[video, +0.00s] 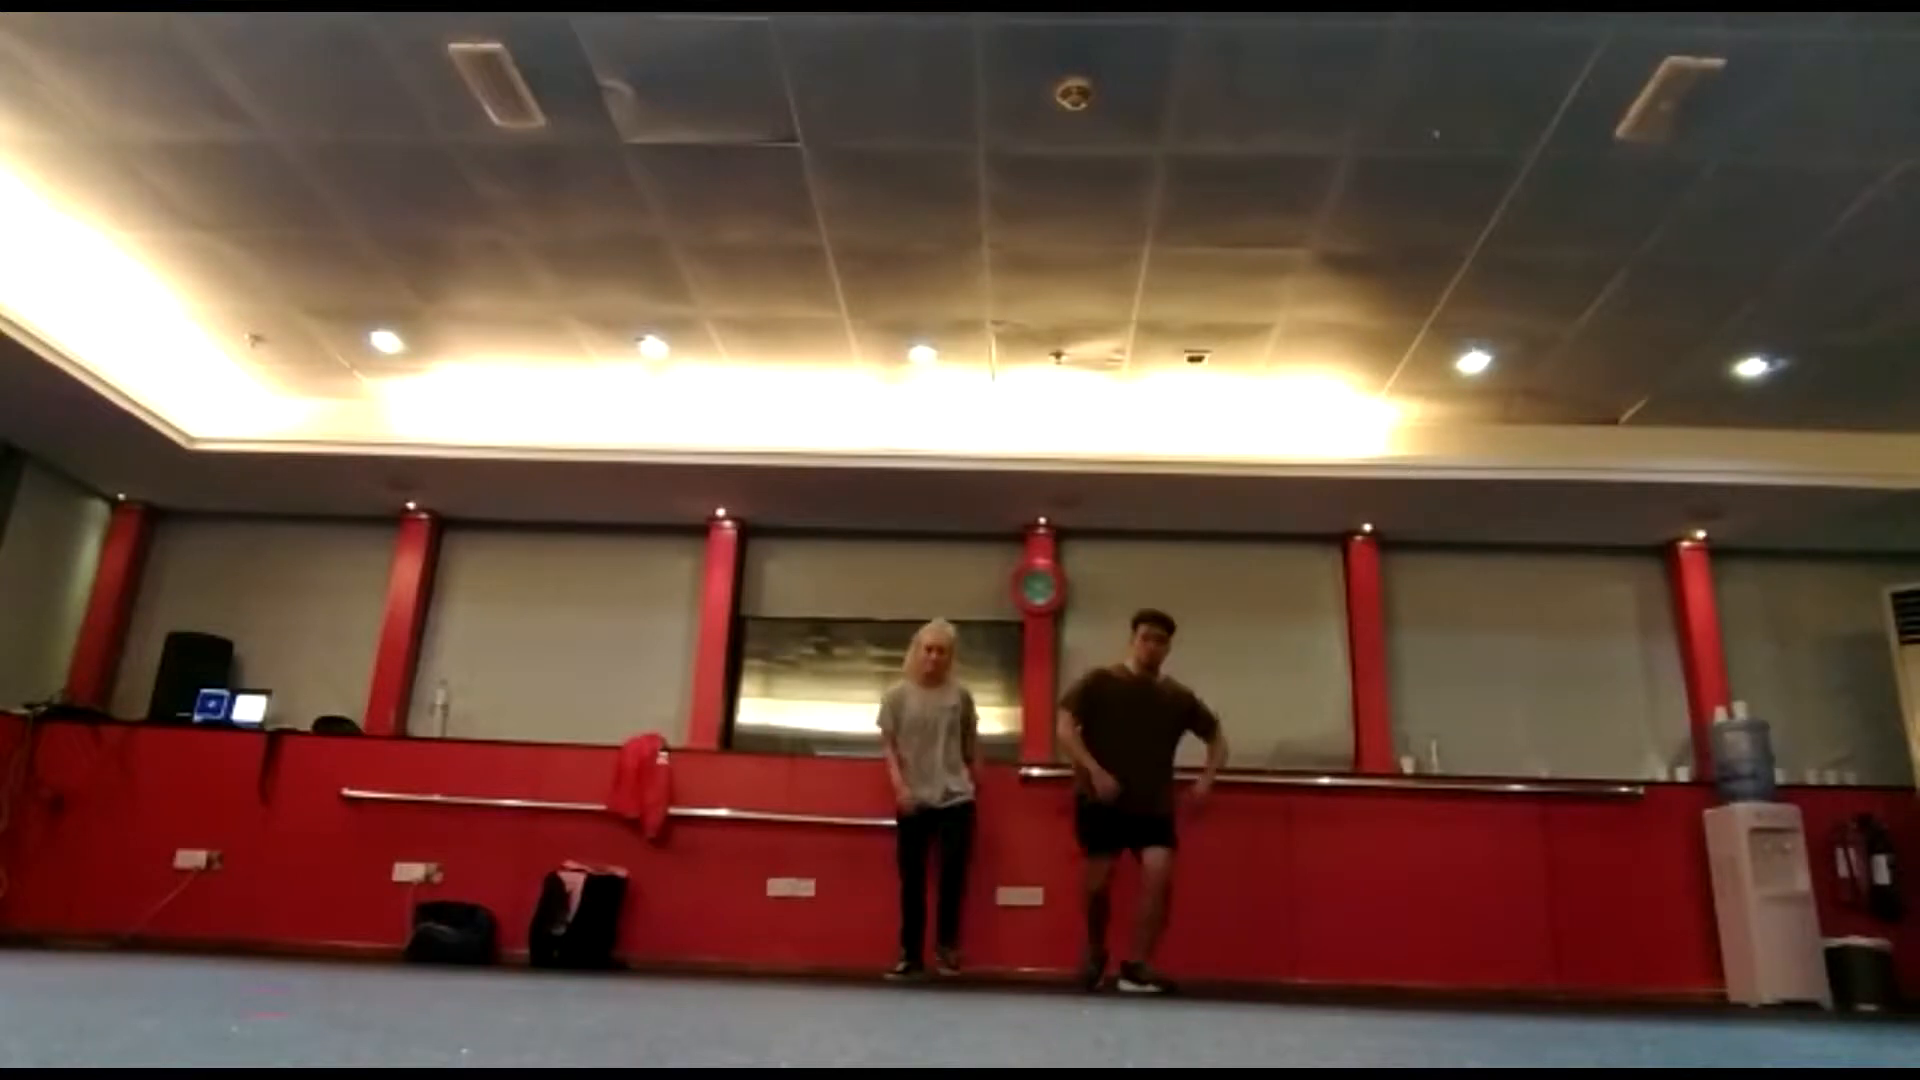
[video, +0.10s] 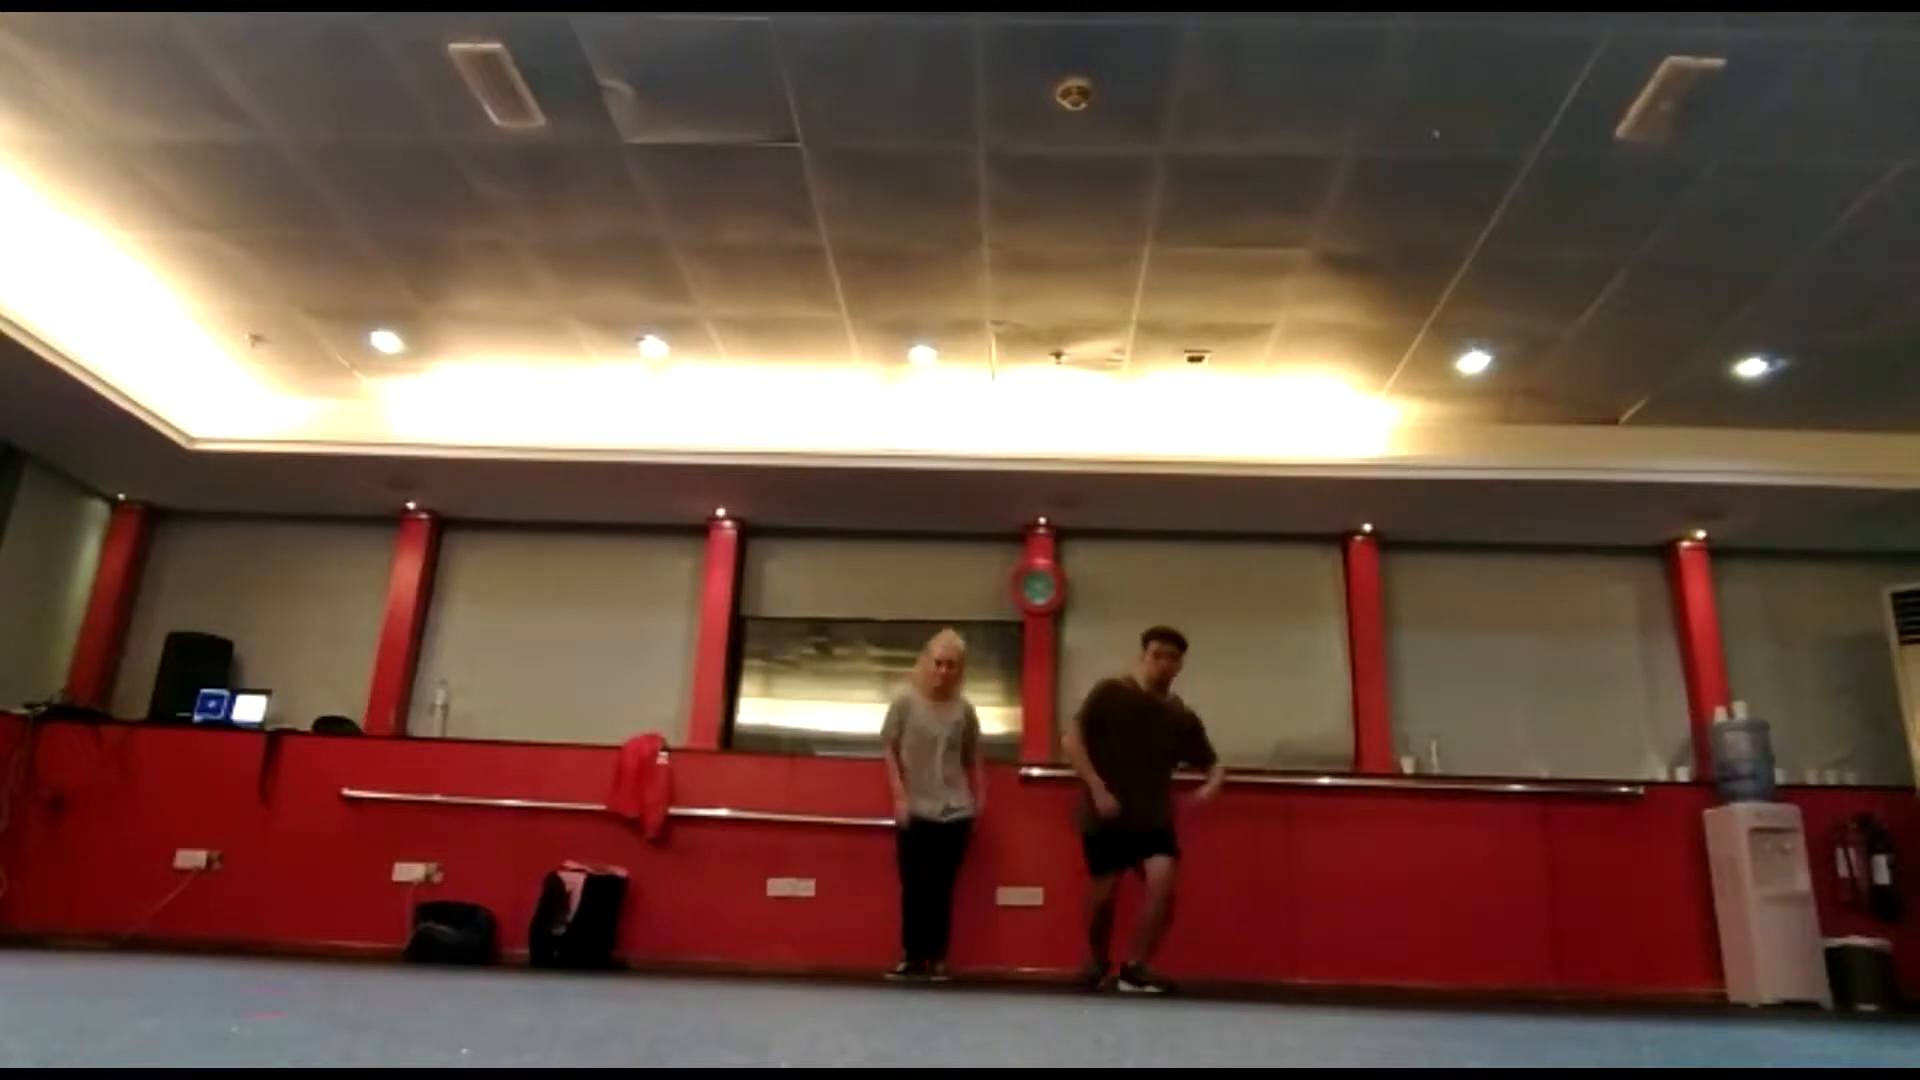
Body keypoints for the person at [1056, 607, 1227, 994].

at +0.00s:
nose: (1152, 647)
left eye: (1159, 641)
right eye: (1146, 638)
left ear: (1168, 648)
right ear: (1132, 640)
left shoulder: (1176, 697)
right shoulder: (1099, 683)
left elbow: (1216, 737)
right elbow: (1064, 726)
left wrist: (1207, 778)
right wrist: (1094, 772)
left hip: (1153, 800)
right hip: (1103, 797)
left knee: (1159, 872)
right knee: (1097, 876)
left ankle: (1137, 963)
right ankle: (1095, 957)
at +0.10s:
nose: (1162, 664)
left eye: (1170, 658)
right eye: (1157, 655)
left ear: (1180, 665)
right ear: (1143, 656)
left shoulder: (1179, 715)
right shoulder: (1110, 693)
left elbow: (1214, 764)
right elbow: (1073, 739)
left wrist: (1208, 788)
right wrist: (1098, 789)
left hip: (1154, 807)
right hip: (1108, 803)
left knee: (1162, 879)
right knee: (1104, 887)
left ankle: (1136, 965)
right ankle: (1098, 963)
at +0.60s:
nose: (1144, 626)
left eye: (1151, 617)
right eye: (1136, 619)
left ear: (1166, 619)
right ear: (1126, 626)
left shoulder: (1197, 674)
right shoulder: (1118, 672)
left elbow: (1216, 737)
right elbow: (1101, 718)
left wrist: (1182, 773)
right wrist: (1124, 749)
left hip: (1183, 773)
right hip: (1138, 769)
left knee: (1170, 862)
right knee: (1147, 836)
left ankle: (1149, 953)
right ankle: (1166, 939)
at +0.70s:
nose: (1127, 653)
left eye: (1134, 643)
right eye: (1119, 646)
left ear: (1151, 645)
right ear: (1112, 654)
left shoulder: (1189, 685)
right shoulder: (1118, 702)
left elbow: (1251, 714)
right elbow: (1109, 752)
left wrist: (1197, 744)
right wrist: (1132, 771)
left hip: (1198, 797)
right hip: (1152, 794)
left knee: (1178, 888)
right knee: (1160, 846)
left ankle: (1146, 960)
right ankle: (1183, 960)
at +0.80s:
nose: (1122, 647)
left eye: (1129, 637)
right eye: (1113, 641)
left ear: (1145, 638)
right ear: (1105, 648)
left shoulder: (1187, 670)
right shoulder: (1118, 698)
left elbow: (1249, 695)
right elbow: (1119, 753)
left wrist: (1200, 731)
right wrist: (1143, 766)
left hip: (1210, 783)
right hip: (1162, 785)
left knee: (1191, 879)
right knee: (1170, 845)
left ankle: (1153, 950)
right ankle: (1188, 958)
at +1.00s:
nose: (1147, 592)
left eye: (1153, 581)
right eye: (1138, 584)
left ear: (1171, 582)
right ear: (1128, 591)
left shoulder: (1206, 615)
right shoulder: (1126, 640)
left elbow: (1256, 630)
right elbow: (1070, 676)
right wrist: (1104, 701)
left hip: (1218, 742)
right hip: (1166, 751)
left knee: (1234, 821)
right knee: (1179, 845)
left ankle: (1232, 834)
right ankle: (1188, 960)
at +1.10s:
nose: (1178, 578)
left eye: (1185, 569)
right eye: (1169, 569)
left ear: (1198, 575)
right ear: (1154, 576)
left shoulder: (1221, 613)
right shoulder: (1128, 623)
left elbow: (1284, 609)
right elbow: (1061, 622)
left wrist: (1341, 597)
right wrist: (998, 605)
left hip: (1215, 736)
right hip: (1163, 746)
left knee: (1233, 777)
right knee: (1184, 852)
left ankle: (1245, 866)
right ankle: (1192, 965)